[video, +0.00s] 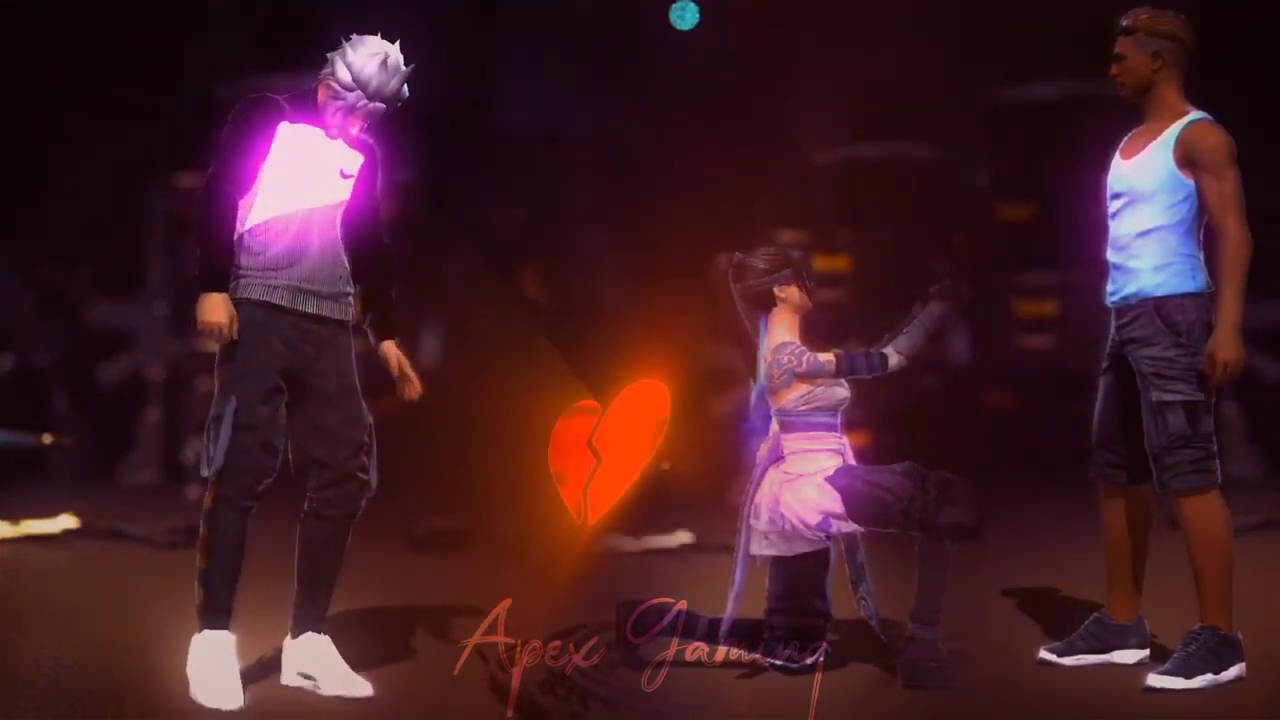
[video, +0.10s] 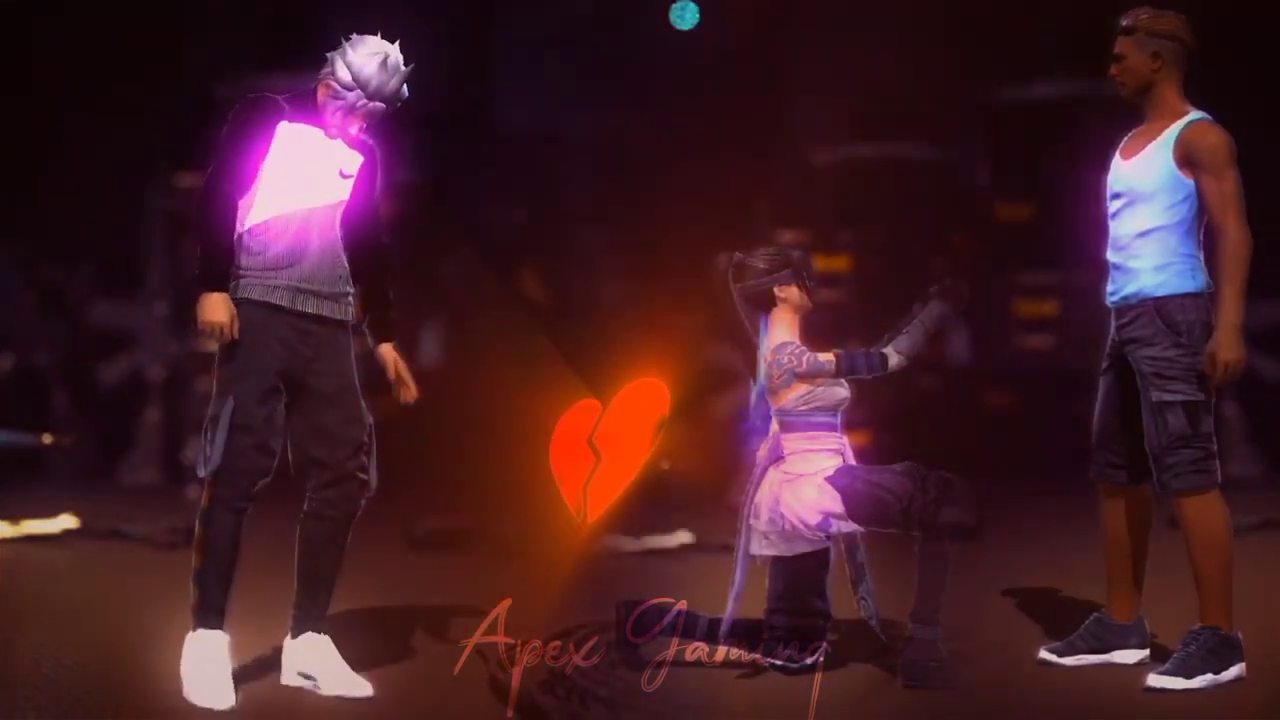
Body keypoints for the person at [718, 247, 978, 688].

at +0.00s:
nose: (808, 289)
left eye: (804, 281)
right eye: (800, 282)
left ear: (779, 292)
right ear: (781, 291)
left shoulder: (785, 348)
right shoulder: (786, 354)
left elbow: (879, 358)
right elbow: (884, 361)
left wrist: (929, 309)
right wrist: (939, 307)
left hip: (799, 481)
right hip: (810, 484)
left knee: (797, 645)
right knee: (944, 497)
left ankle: (676, 623)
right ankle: (923, 650)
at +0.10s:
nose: (808, 290)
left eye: (803, 282)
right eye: (799, 282)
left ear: (780, 293)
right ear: (780, 291)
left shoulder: (783, 349)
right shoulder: (786, 354)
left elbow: (879, 359)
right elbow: (885, 360)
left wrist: (929, 309)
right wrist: (939, 306)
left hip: (796, 484)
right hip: (809, 486)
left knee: (796, 645)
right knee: (945, 497)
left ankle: (675, 624)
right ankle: (923, 650)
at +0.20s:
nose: (808, 290)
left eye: (804, 282)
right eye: (800, 283)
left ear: (780, 292)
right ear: (781, 291)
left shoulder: (782, 349)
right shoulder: (786, 354)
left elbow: (879, 359)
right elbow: (885, 360)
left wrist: (928, 309)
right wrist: (939, 306)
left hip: (796, 484)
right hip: (810, 486)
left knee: (796, 645)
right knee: (945, 497)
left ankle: (674, 624)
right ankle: (923, 650)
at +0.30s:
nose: (808, 291)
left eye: (804, 282)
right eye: (800, 283)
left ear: (780, 292)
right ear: (781, 290)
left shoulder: (783, 348)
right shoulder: (786, 354)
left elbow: (879, 359)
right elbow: (884, 360)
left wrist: (928, 309)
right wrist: (939, 306)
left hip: (797, 484)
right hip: (809, 486)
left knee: (796, 645)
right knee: (945, 497)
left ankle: (676, 624)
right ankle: (923, 650)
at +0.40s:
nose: (808, 291)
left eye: (804, 283)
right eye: (801, 283)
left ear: (780, 293)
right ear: (781, 291)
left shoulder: (783, 349)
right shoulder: (787, 354)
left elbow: (879, 358)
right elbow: (885, 360)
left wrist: (929, 308)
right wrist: (939, 306)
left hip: (800, 481)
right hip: (811, 484)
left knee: (796, 645)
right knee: (944, 496)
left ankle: (675, 624)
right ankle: (924, 648)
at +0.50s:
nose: (808, 290)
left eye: (803, 282)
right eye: (800, 283)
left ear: (779, 293)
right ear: (780, 291)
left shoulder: (782, 350)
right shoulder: (787, 354)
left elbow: (879, 359)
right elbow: (885, 360)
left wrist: (928, 310)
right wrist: (938, 307)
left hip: (797, 484)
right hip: (809, 486)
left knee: (795, 645)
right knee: (942, 497)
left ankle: (675, 624)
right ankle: (923, 650)